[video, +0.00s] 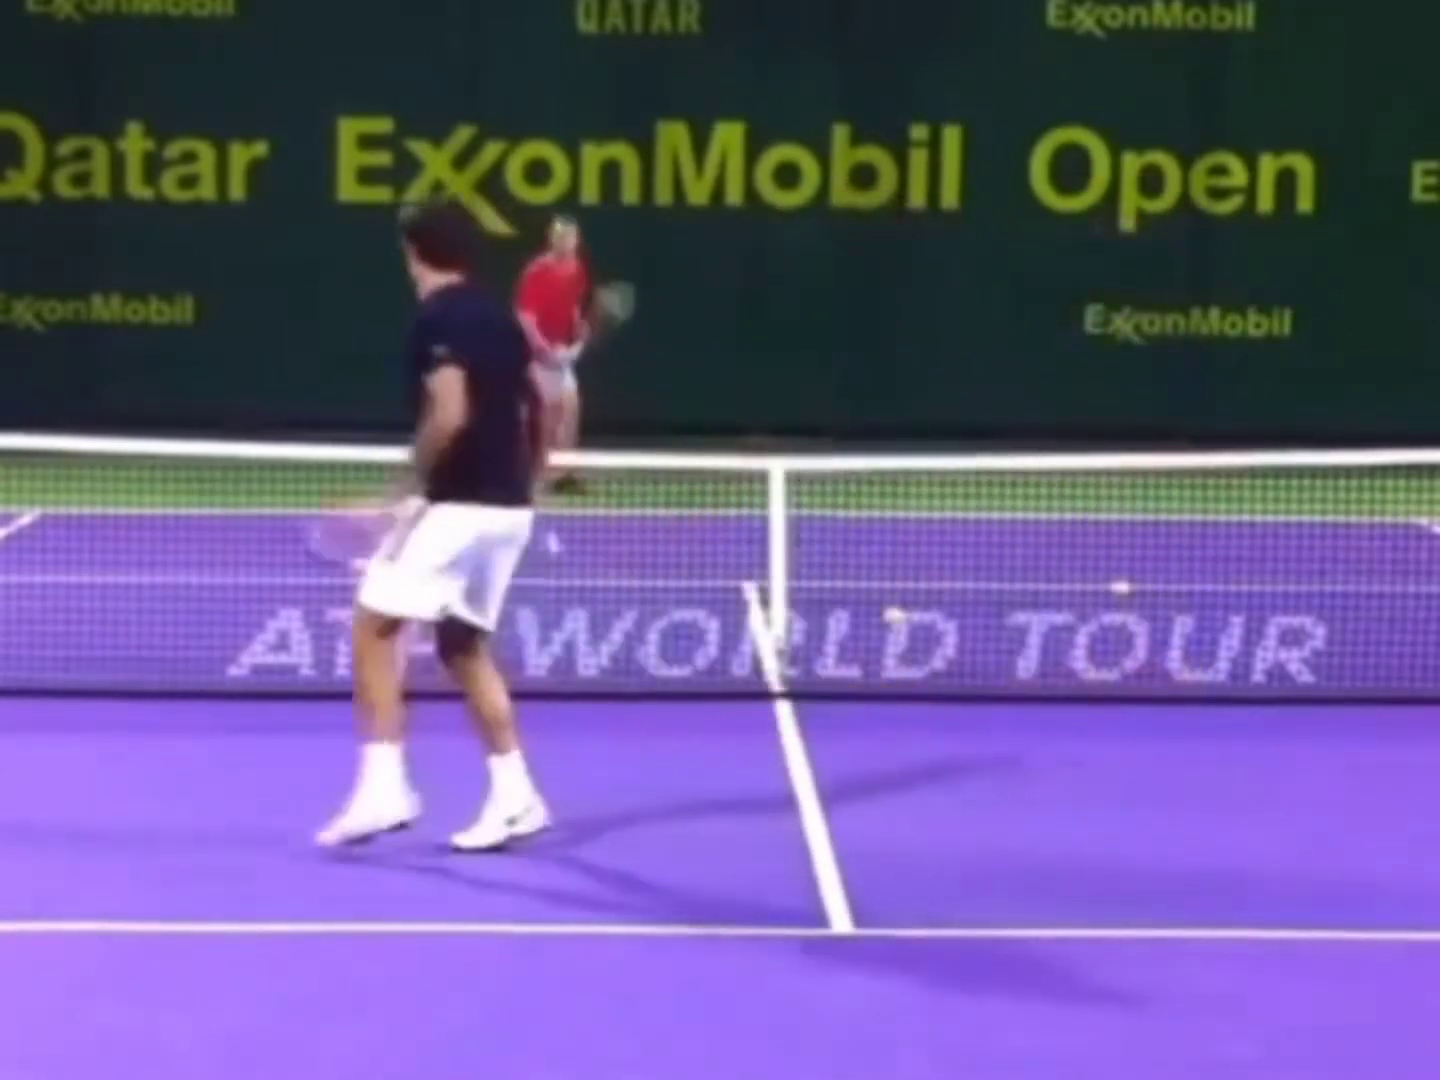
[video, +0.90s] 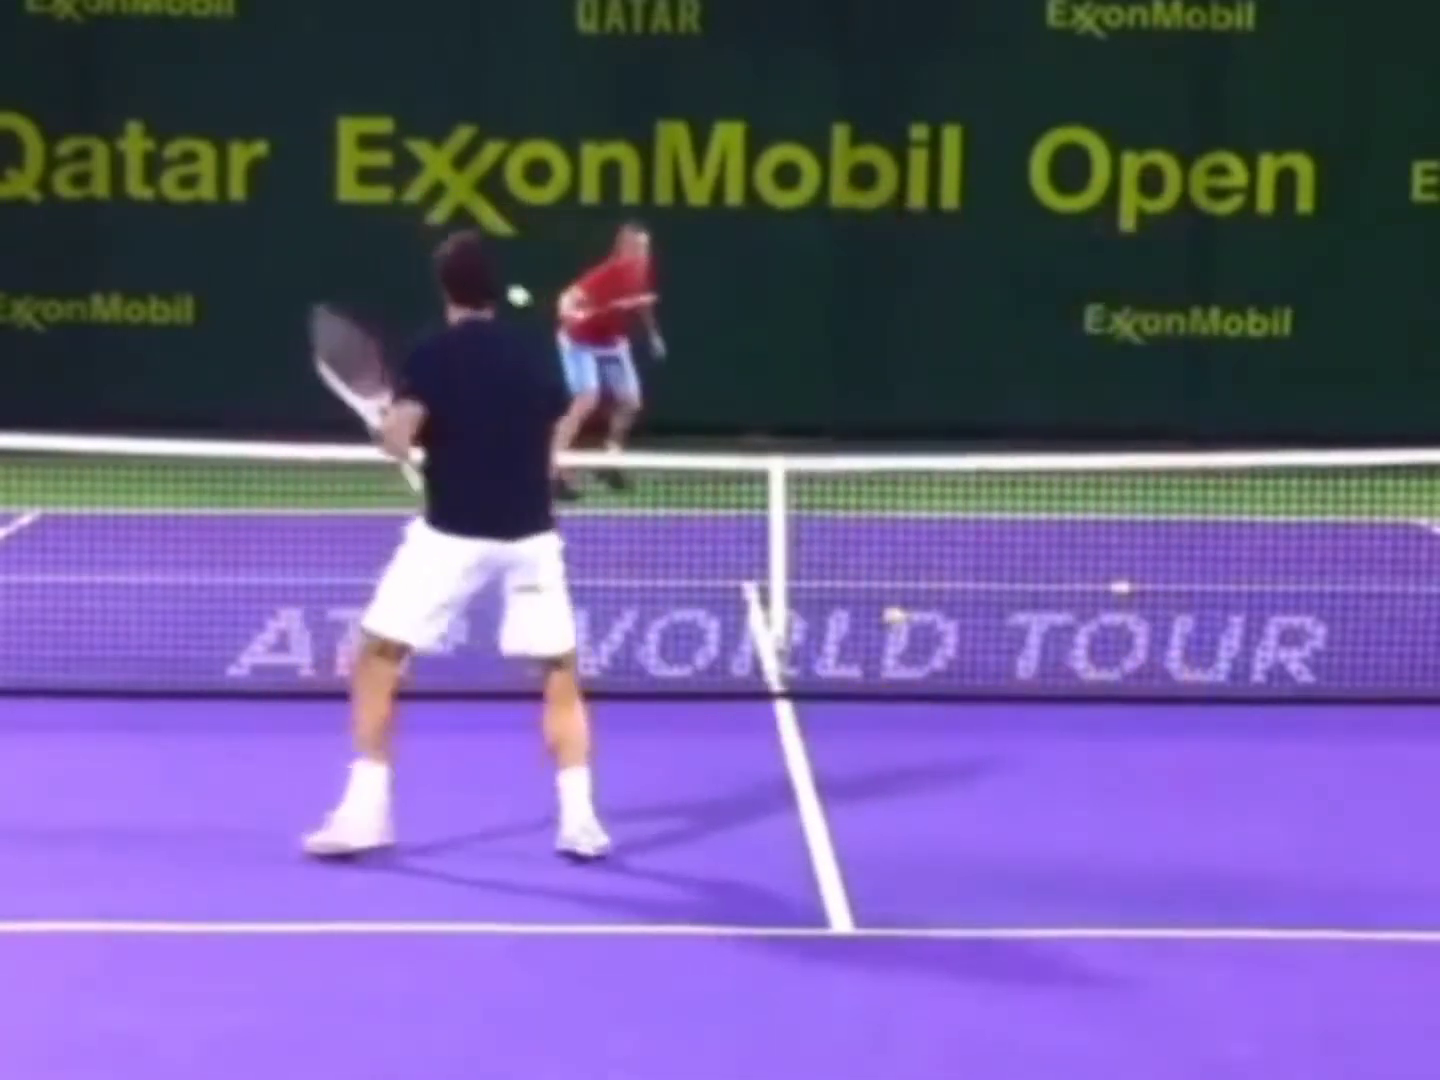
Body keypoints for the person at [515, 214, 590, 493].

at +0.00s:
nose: (565, 243)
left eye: (569, 236)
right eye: (560, 236)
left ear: (576, 240)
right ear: (551, 239)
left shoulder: (576, 270)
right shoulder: (537, 271)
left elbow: (576, 306)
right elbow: (525, 313)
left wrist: (578, 339)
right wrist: (545, 348)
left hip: (566, 348)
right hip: (541, 348)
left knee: (569, 402)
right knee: (550, 402)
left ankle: (566, 461)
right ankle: (546, 460)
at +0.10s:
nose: (576, 245)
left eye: (582, 239)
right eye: (572, 239)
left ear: (590, 243)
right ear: (564, 241)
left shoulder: (587, 269)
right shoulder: (552, 272)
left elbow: (592, 301)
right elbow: (542, 320)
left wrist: (598, 322)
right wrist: (584, 343)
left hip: (555, 345)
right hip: (523, 345)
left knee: (571, 400)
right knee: (537, 401)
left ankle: (563, 469)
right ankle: (505, 459)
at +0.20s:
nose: (598, 251)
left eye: (601, 245)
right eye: (594, 243)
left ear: (605, 249)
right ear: (581, 243)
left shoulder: (591, 273)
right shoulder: (566, 272)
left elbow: (600, 298)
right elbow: (566, 327)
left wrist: (607, 316)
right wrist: (603, 328)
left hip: (557, 343)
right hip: (530, 341)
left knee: (574, 402)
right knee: (556, 400)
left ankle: (565, 467)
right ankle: (522, 464)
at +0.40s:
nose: (613, 266)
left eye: (615, 259)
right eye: (608, 259)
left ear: (614, 260)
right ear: (594, 257)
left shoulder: (597, 283)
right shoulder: (578, 280)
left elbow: (595, 323)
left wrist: (605, 346)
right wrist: (599, 344)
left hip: (565, 346)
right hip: (537, 344)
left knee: (580, 405)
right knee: (567, 401)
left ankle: (566, 470)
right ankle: (551, 470)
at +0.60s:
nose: (627, 282)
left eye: (629, 275)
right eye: (621, 275)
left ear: (631, 277)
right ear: (607, 274)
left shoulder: (615, 298)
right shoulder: (592, 299)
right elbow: (584, 346)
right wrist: (585, 392)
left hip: (564, 346)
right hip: (540, 345)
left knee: (578, 402)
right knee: (570, 400)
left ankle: (567, 470)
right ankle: (550, 472)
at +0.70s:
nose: (631, 281)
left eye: (635, 274)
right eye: (626, 273)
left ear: (637, 277)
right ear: (611, 273)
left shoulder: (622, 299)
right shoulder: (594, 294)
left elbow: (598, 344)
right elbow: (570, 327)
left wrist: (596, 390)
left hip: (578, 345)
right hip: (551, 343)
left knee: (582, 403)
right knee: (575, 399)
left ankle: (569, 468)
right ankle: (554, 469)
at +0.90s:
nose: (638, 254)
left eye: (643, 248)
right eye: (633, 248)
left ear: (647, 250)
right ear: (621, 248)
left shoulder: (642, 269)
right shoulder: (607, 273)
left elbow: (643, 304)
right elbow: (568, 297)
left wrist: (653, 336)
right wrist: (571, 314)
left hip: (615, 340)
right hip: (580, 340)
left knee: (629, 402)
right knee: (586, 398)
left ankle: (611, 458)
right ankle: (555, 464)